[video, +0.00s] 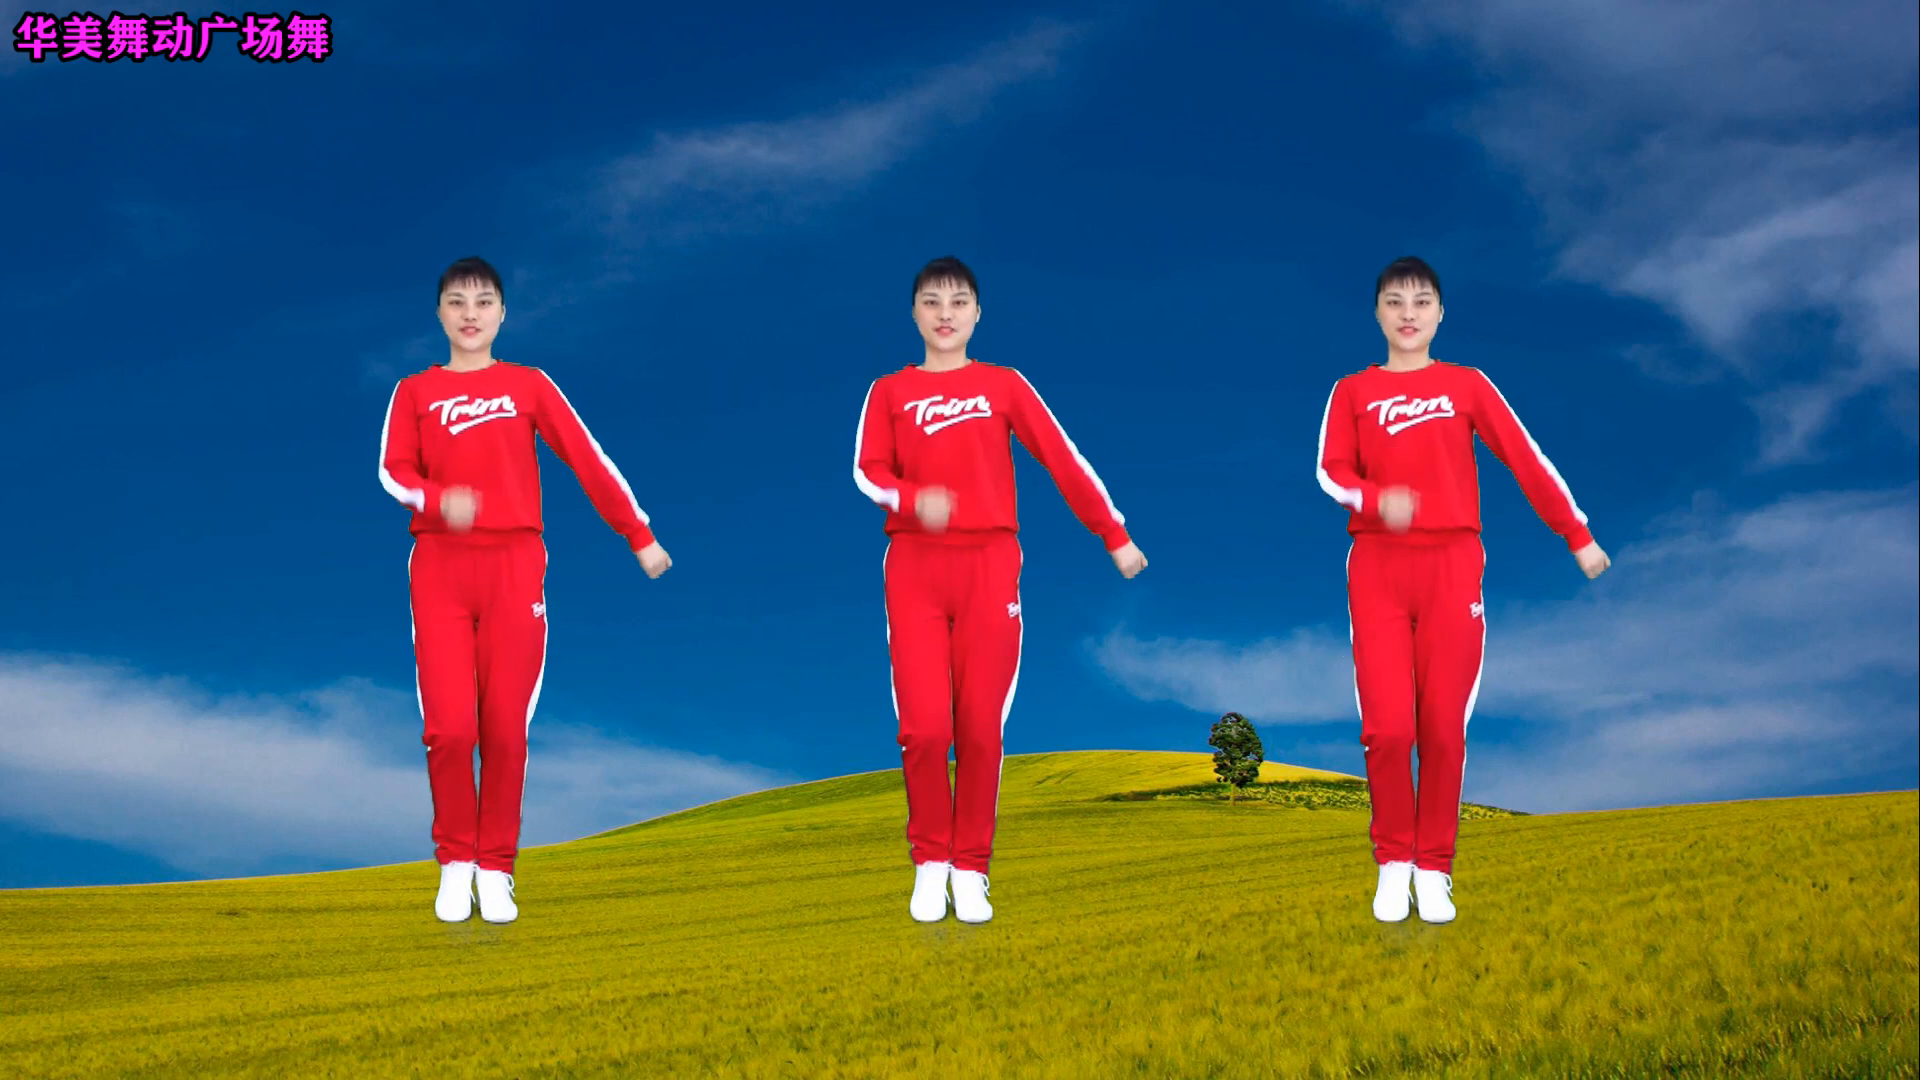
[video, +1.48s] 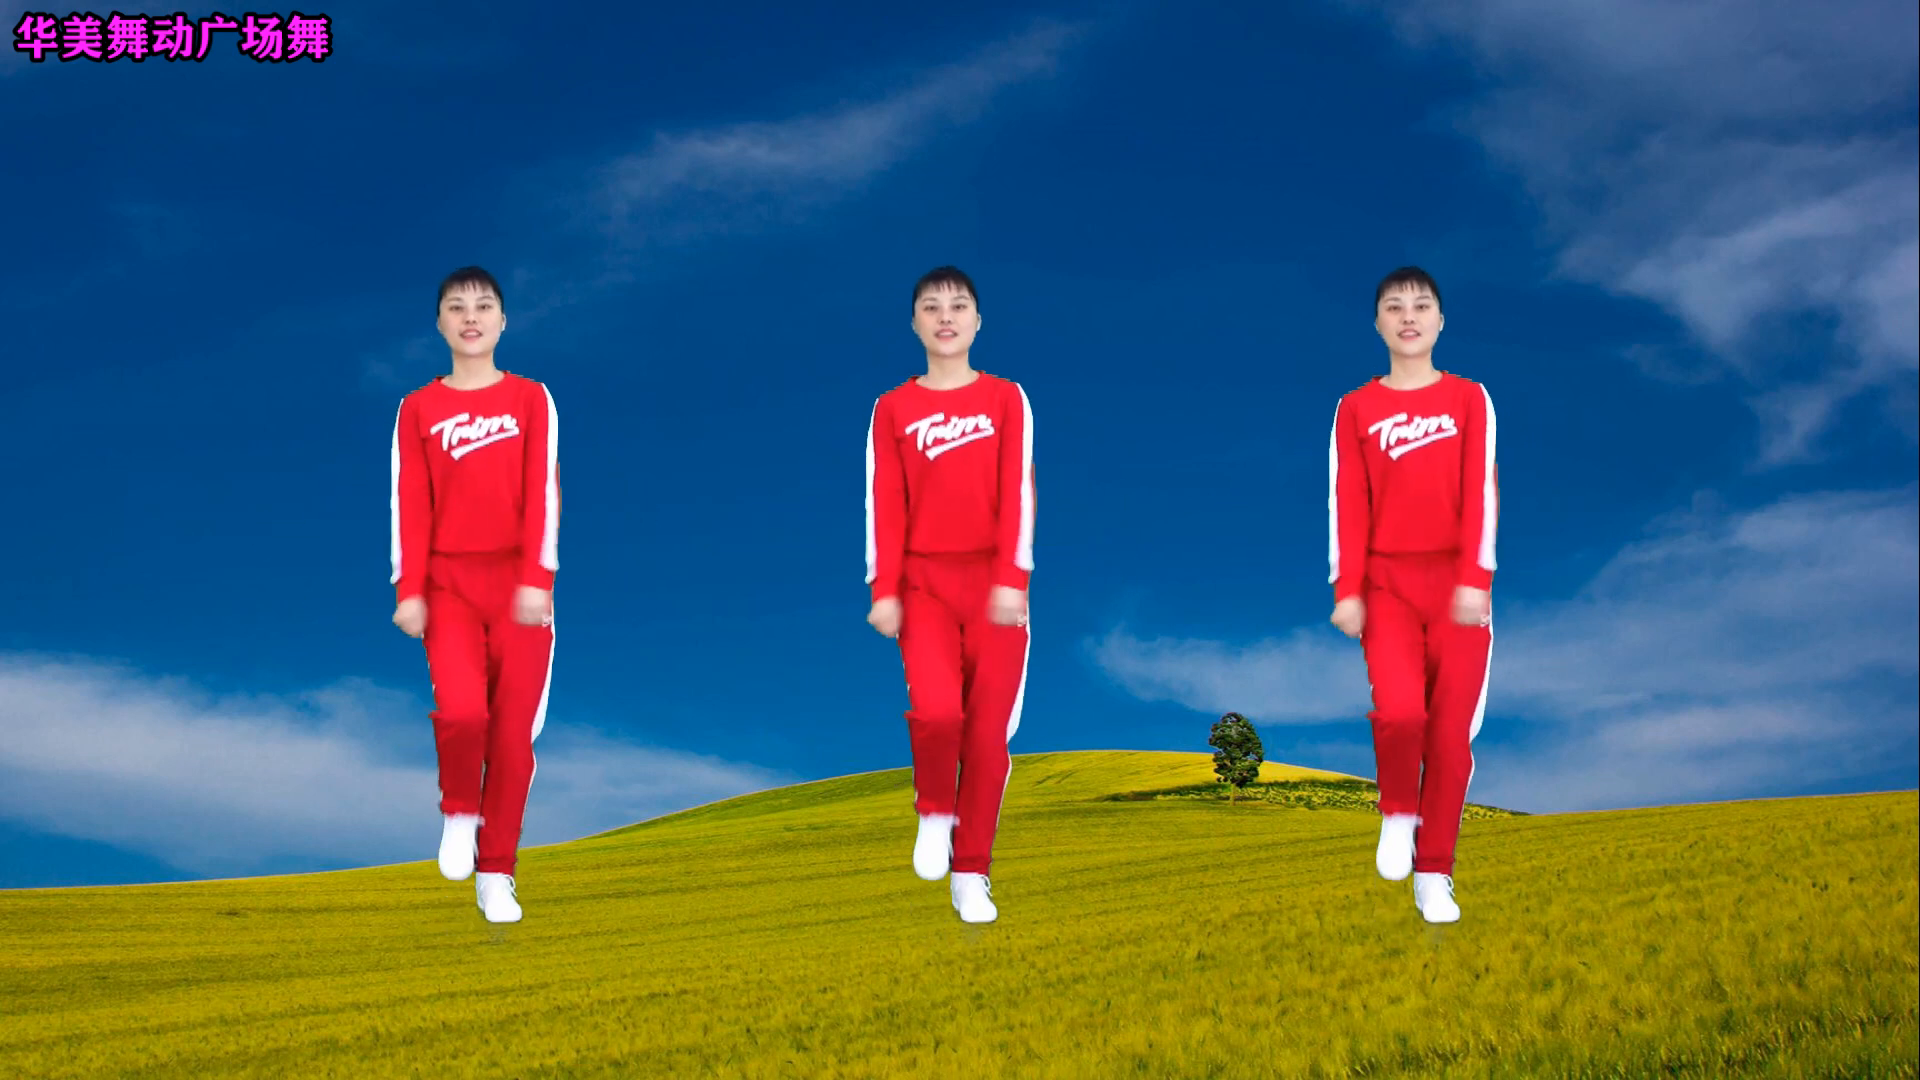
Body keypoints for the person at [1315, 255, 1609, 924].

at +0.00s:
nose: (1408, 313)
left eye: (1421, 302)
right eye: (1395, 302)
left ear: (1439, 313)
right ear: (1379, 314)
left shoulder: (1468, 385)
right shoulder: (1352, 390)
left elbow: (1528, 460)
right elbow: (1331, 472)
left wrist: (1579, 536)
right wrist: (1374, 497)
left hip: (1452, 569)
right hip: (1377, 571)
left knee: (1443, 725)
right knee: (1386, 726)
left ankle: (1434, 867)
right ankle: (1393, 862)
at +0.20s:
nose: (1410, 326)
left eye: (1422, 315)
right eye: (1397, 316)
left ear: (1440, 325)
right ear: (1381, 329)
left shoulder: (1472, 405)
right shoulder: (1357, 409)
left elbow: (1493, 495)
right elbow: (1337, 504)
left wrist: (1477, 568)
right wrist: (1326, 592)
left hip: (1461, 578)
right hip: (1384, 578)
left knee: (1460, 730)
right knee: (1413, 704)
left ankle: (1433, 869)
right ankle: (1400, 805)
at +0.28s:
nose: (1409, 313)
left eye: (1421, 302)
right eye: (1396, 304)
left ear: (1440, 312)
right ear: (1381, 318)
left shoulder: (1472, 391)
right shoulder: (1356, 399)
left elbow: (1500, 475)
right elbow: (1316, 484)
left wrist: (1450, 497)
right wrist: (1288, 569)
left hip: (1461, 571)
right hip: (1385, 570)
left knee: (1455, 723)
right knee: (1412, 697)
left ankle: (1435, 868)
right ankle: (1404, 806)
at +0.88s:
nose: (1398, 326)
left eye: (1411, 316)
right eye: (1386, 316)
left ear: (1429, 327)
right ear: (1369, 329)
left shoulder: (1457, 403)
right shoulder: (1343, 411)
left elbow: (1473, 497)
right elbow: (1327, 493)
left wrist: (1487, 589)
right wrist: (1366, 538)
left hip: (1430, 584)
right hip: (1356, 587)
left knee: (1402, 714)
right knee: (1356, 735)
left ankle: (1429, 807)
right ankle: (1392, 866)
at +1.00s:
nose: (1397, 308)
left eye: (1409, 298)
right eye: (1385, 298)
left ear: (1428, 311)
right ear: (1368, 310)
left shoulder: (1459, 387)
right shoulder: (1340, 393)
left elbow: (1507, 471)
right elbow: (1301, 471)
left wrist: (1540, 558)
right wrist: (1361, 443)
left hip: (1434, 564)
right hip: (1359, 565)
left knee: (1405, 704)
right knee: (1365, 723)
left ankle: (1427, 809)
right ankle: (1392, 863)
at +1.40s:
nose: (1406, 306)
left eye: (1417, 296)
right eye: (1393, 297)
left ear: (1436, 308)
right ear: (1376, 311)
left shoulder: (1469, 385)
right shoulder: (1353, 394)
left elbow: (1503, 476)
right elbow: (1345, 479)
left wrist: (1529, 564)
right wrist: (1375, 541)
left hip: (1456, 566)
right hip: (1379, 569)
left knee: (1447, 725)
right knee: (1388, 723)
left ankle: (1436, 868)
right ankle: (1394, 856)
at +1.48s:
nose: (1409, 317)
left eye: (1421, 307)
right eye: (1396, 309)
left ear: (1439, 320)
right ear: (1379, 323)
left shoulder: (1470, 397)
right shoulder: (1354, 408)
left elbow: (1482, 489)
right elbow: (1346, 502)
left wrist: (1476, 577)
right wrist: (1346, 588)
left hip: (1459, 578)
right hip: (1385, 579)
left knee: (1452, 730)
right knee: (1398, 715)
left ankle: (1435, 868)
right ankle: (1398, 812)